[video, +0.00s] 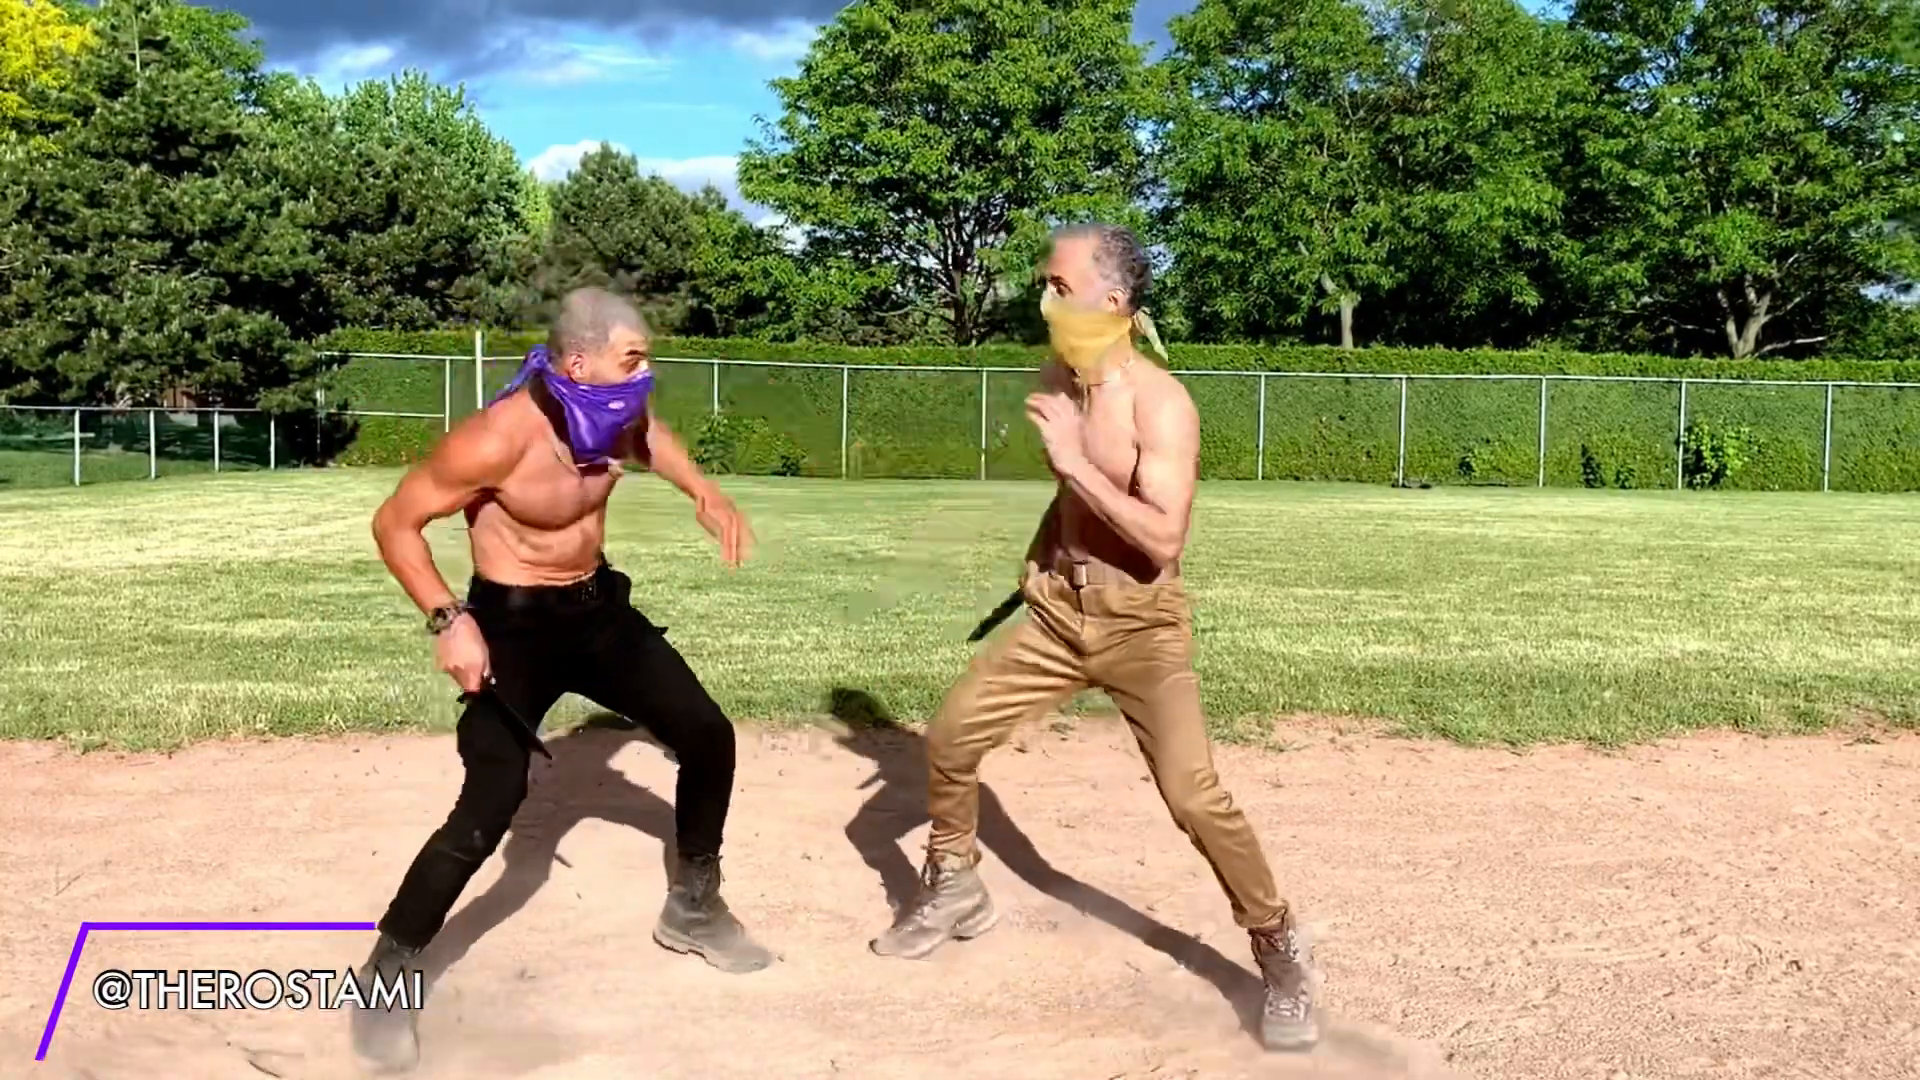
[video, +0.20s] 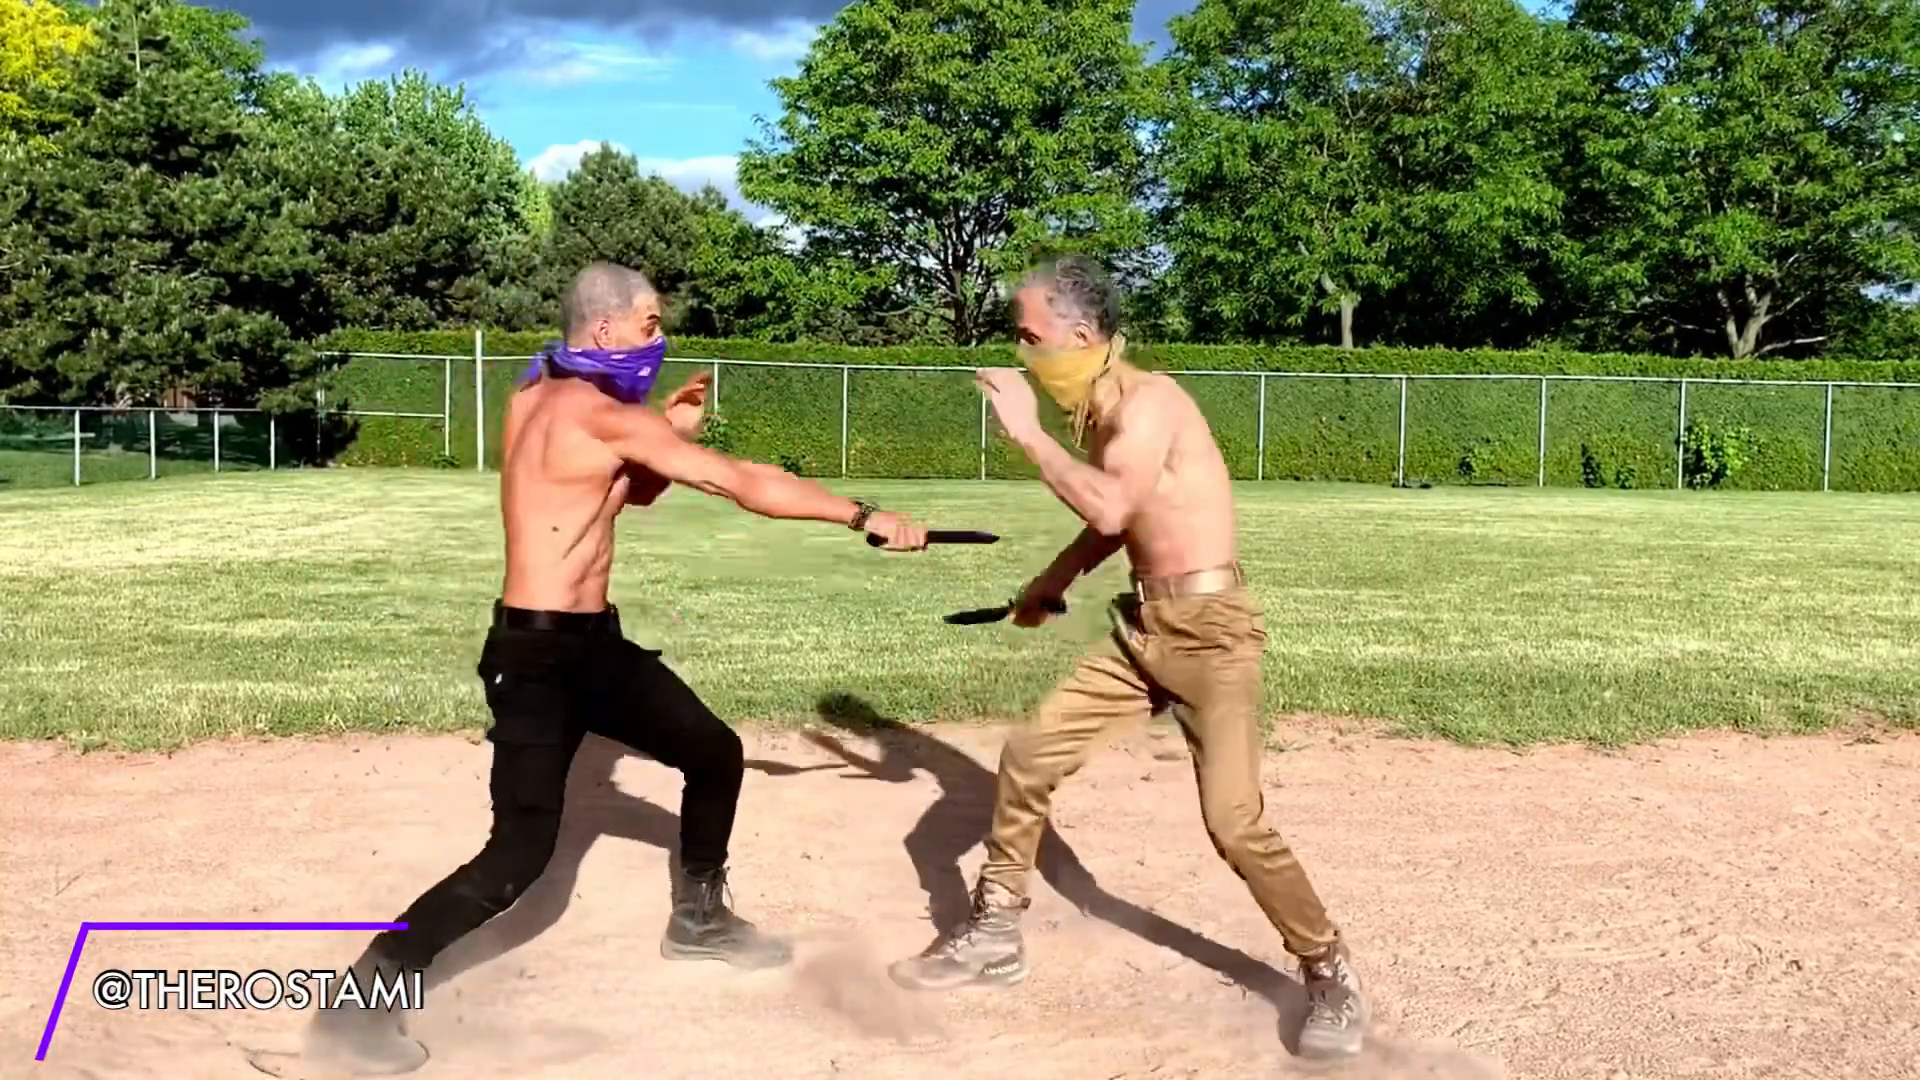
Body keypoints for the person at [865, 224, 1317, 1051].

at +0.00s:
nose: (1045, 302)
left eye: (1059, 288)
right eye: (1045, 287)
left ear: (1112, 297)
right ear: (1084, 294)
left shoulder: (1164, 403)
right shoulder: (1067, 389)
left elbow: (1165, 537)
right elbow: (1073, 495)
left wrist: (1073, 467)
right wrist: (1040, 563)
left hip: (1144, 626)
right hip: (1057, 611)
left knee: (1192, 796)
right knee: (951, 738)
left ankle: (1280, 952)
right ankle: (955, 885)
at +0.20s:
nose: (1024, 354)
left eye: (1032, 337)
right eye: (1022, 339)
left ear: (1082, 333)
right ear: (1072, 337)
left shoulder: (1149, 403)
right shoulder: (1104, 414)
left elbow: (1111, 506)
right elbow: (1116, 526)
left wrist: (1029, 435)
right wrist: (1051, 583)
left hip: (1214, 629)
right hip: (1144, 627)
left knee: (1232, 820)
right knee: (1029, 756)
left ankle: (1331, 974)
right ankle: (997, 932)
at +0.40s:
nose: (1040, 336)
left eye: (1049, 320)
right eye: (1039, 321)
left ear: (1094, 322)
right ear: (1100, 323)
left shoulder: (1125, 413)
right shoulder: (1124, 401)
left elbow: (1085, 557)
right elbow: (1144, 492)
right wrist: (1070, 524)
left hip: (1199, 635)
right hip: (1133, 630)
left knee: (1220, 827)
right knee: (1018, 750)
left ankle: (1330, 971)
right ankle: (1009, 921)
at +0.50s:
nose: (1027, 320)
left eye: (1038, 306)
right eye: (1027, 306)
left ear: (1090, 310)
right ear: (1070, 312)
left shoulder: (1150, 398)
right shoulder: (1050, 400)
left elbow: (1221, 523)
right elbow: (993, 443)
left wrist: (1122, 563)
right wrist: (910, 477)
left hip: (1189, 618)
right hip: (1109, 621)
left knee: (1229, 799)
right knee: (1005, 750)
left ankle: (1329, 968)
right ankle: (1006, 918)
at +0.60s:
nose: (1022, 318)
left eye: (1034, 304)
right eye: (1022, 304)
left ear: (1086, 309)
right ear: (1066, 310)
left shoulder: (1157, 401)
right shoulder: (1035, 388)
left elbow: (1177, 528)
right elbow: (967, 442)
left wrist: (1066, 493)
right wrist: (891, 496)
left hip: (1166, 622)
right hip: (1085, 614)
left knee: (1243, 789)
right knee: (980, 745)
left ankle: (1338, 952)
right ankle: (997, 909)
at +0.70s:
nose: (1018, 307)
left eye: (1029, 294)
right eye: (1018, 293)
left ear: (1076, 300)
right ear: (1063, 299)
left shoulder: (1111, 377)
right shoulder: (1062, 393)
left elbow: (1034, 445)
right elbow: (1072, 489)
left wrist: (927, 409)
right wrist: (1027, 537)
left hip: (1142, 618)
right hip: (1068, 613)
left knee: (1210, 782)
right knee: (982, 757)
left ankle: (1323, 944)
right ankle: (984, 912)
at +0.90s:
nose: (1029, 268)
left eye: (1042, 257)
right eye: (1032, 256)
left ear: (1089, 273)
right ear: (1075, 273)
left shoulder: (1107, 354)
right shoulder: (1066, 357)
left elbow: (1101, 472)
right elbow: (1057, 440)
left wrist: (995, 514)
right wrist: (991, 446)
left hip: (1116, 594)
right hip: (1049, 591)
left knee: (1189, 768)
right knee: (961, 751)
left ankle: (1317, 939)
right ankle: (988, 912)